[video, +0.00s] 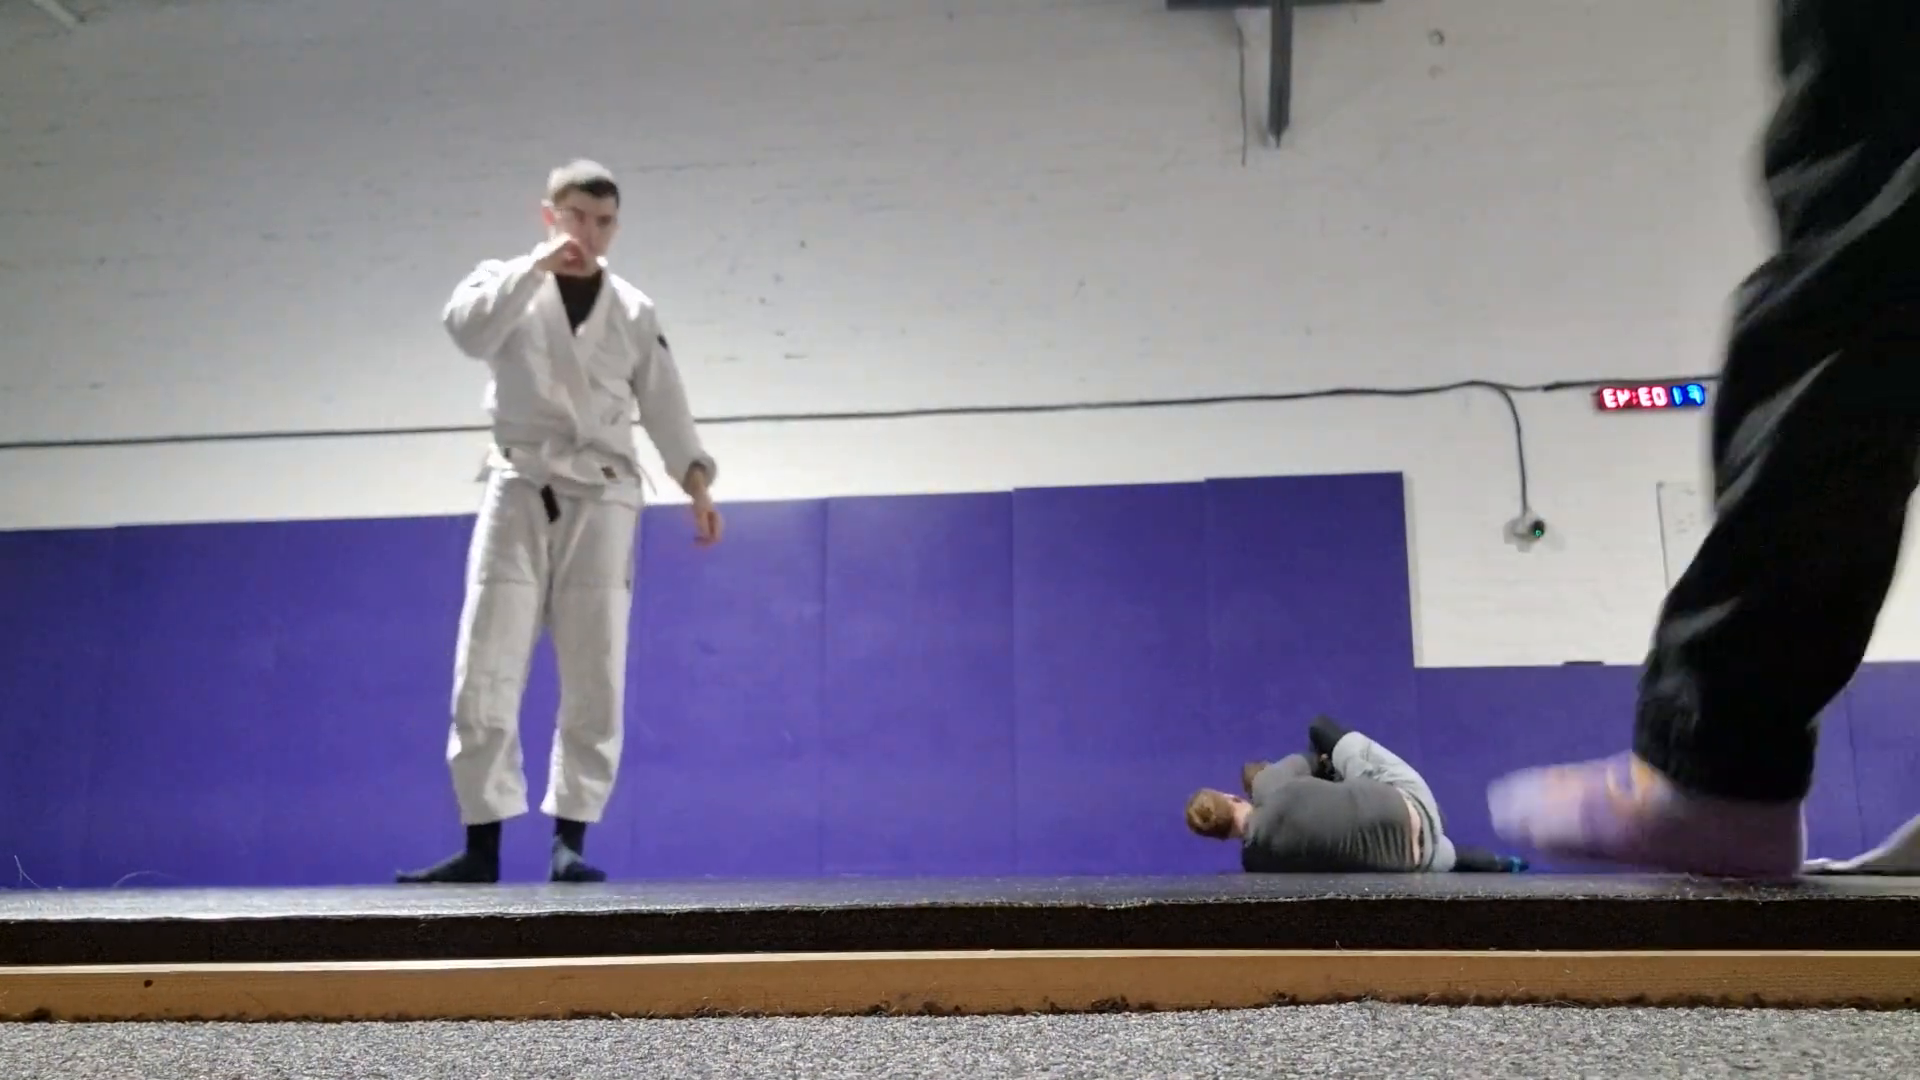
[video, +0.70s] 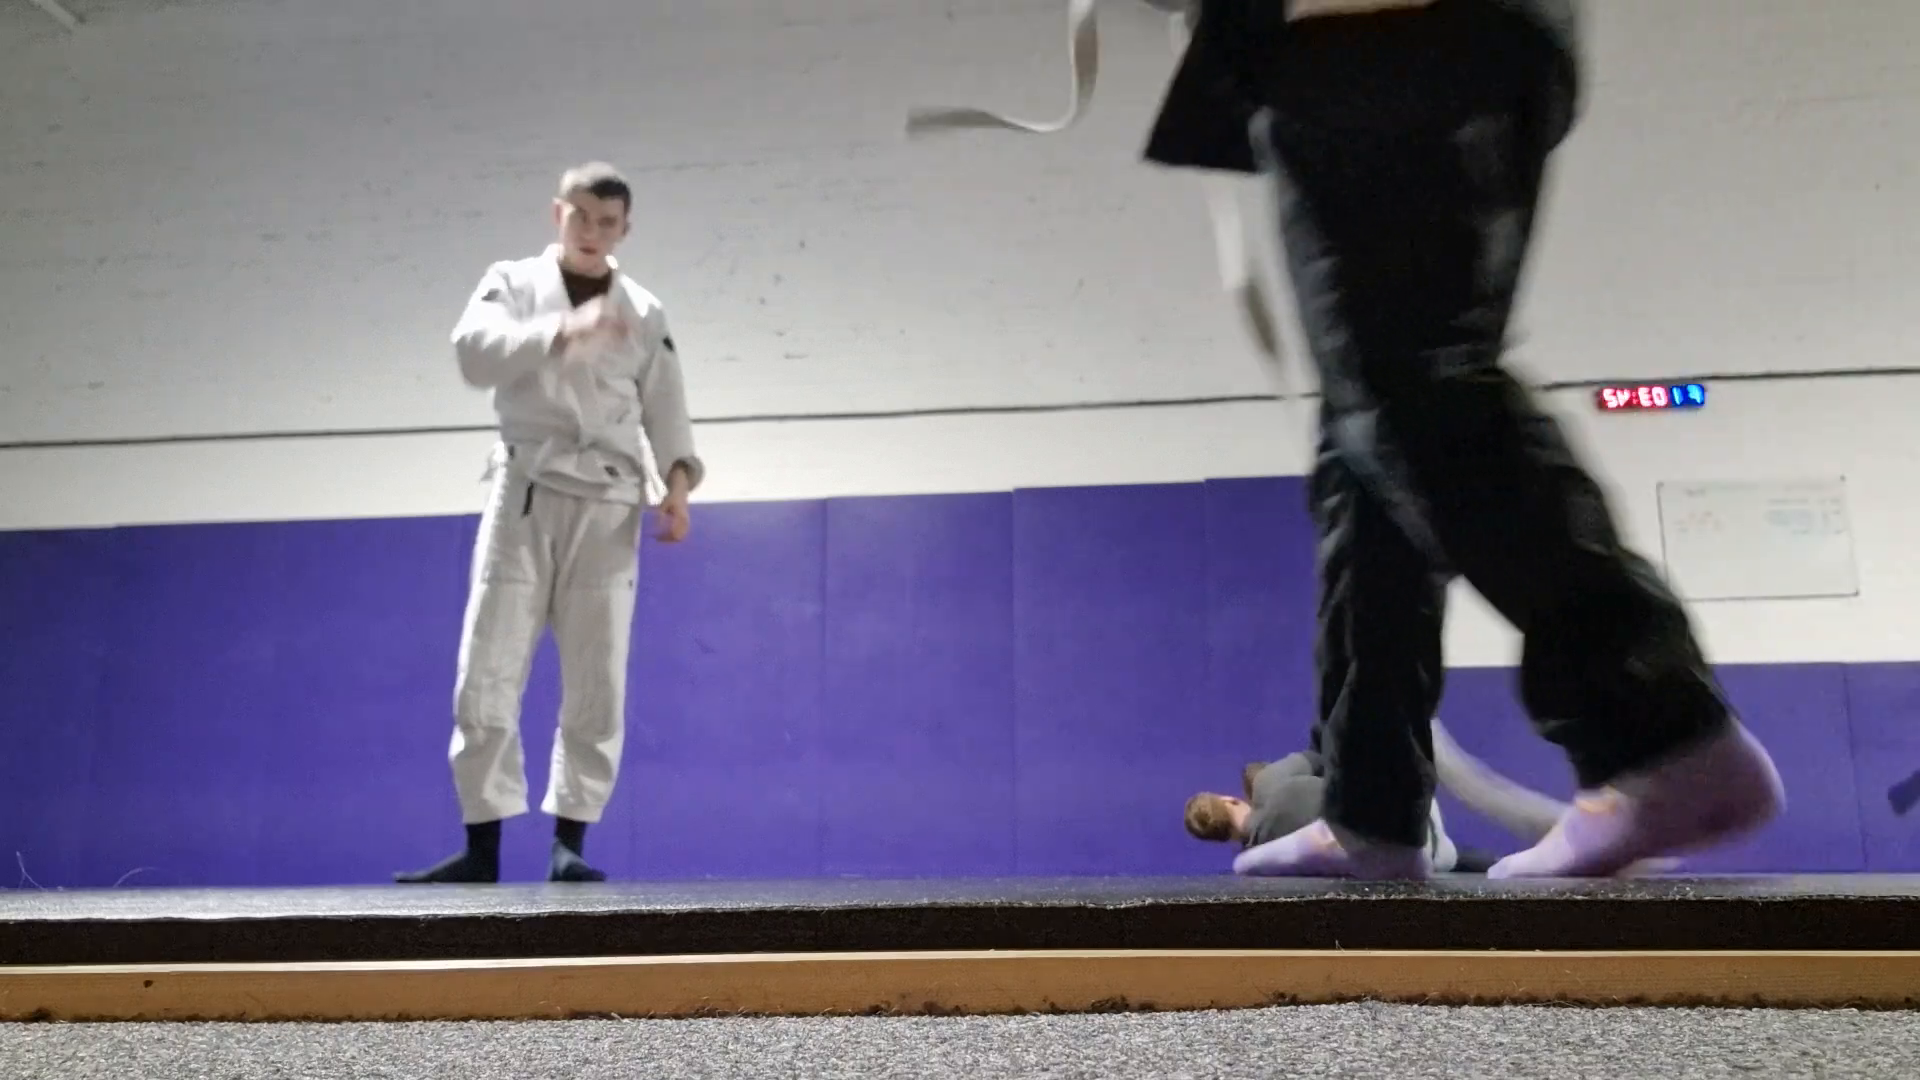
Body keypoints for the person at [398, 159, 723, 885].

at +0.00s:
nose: (586, 233)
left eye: (600, 223)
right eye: (575, 217)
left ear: (616, 230)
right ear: (548, 214)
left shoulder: (633, 311)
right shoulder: (503, 280)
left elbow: (663, 404)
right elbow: (465, 329)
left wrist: (698, 482)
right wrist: (539, 264)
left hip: (603, 499)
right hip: (516, 493)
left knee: (594, 667)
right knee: (484, 666)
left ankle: (569, 846)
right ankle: (480, 848)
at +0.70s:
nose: (594, 235)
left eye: (609, 225)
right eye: (583, 220)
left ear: (625, 231)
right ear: (557, 216)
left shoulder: (641, 311)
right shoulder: (510, 281)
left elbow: (665, 404)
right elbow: (474, 358)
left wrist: (678, 483)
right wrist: (564, 328)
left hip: (608, 503)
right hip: (520, 493)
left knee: (596, 672)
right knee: (487, 667)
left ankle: (569, 849)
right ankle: (480, 850)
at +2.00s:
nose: (597, 220)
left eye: (610, 210)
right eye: (584, 204)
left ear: (621, 225)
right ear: (554, 212)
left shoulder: (643, 315)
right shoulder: (499, 290)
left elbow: (682, 407)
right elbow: (446, 378)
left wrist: (661, 432)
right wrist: (504, 416)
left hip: (605, 509)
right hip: (518, 502)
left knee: (595, 675)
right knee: (486, 671)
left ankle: (568, 850)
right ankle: (480, 852)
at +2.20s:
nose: (587, 215)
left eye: (600, 206)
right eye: (577, 202)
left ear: (617, 227)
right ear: (551, 214)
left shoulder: (639, 314)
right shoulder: (497, 290)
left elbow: (681, 392)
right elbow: (437, 372)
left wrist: (657, 434)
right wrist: (487, 418)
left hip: (604, 509)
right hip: (516, 500)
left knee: (593, 678)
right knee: (484, 671)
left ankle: (570, 850)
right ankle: (480, 852)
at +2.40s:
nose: (593, 217)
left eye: (608, 209)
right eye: (583, 202)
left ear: (622, 227)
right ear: (553, 211)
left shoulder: (631, 304)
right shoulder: (498, 289)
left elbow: (658, 385)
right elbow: (428, 376)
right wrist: (448, 433)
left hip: (602, 505)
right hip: (515, 499)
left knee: (593, 678)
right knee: (483, 675)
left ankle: (580, 846)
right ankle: (480, 852)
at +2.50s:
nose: (587, 231)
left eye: (600, 220)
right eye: (577, 213)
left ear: (618, 231)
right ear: (552, 213)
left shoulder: (630, 299)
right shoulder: (499, 289)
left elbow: (656, 389)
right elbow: (428, 376)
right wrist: (446, 438)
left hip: (597, 504)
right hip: (514, 498)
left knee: (589, 670)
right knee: (484, 670)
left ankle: (578, 840)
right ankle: (481, 848)